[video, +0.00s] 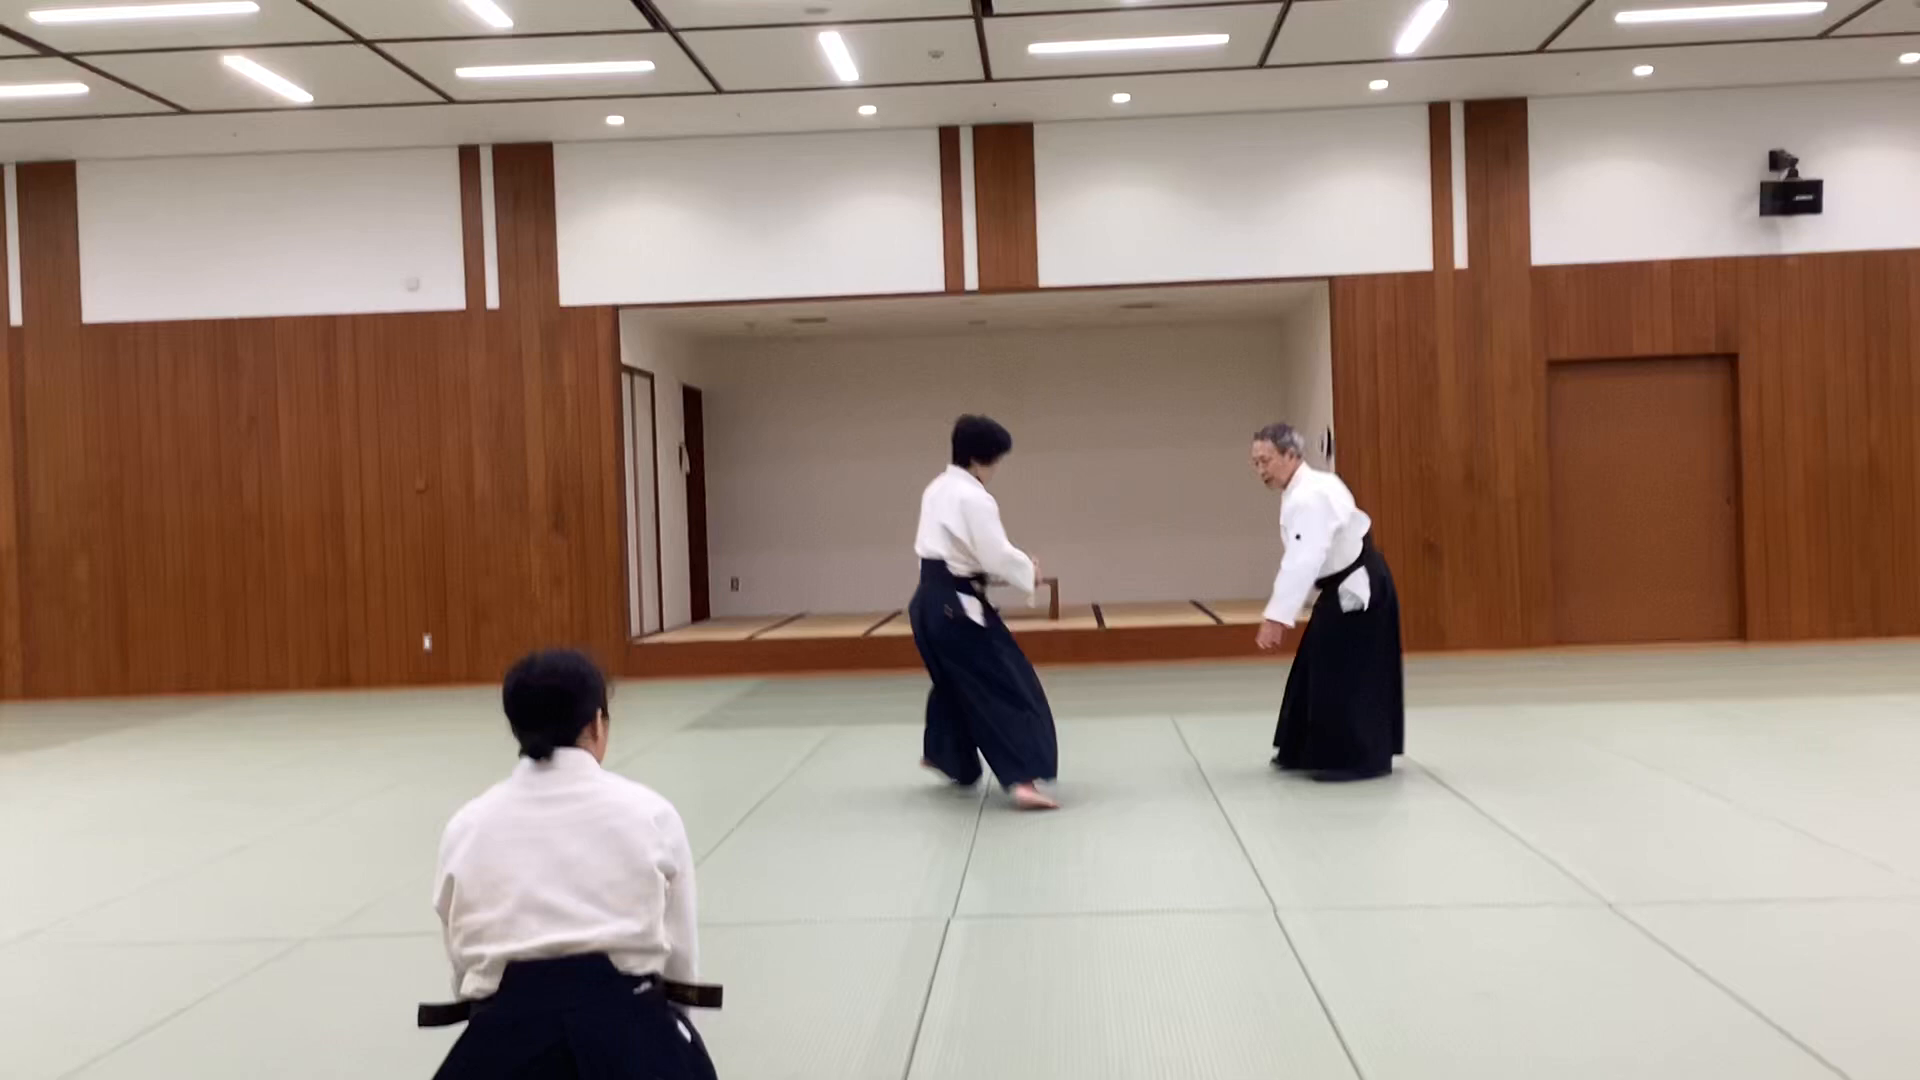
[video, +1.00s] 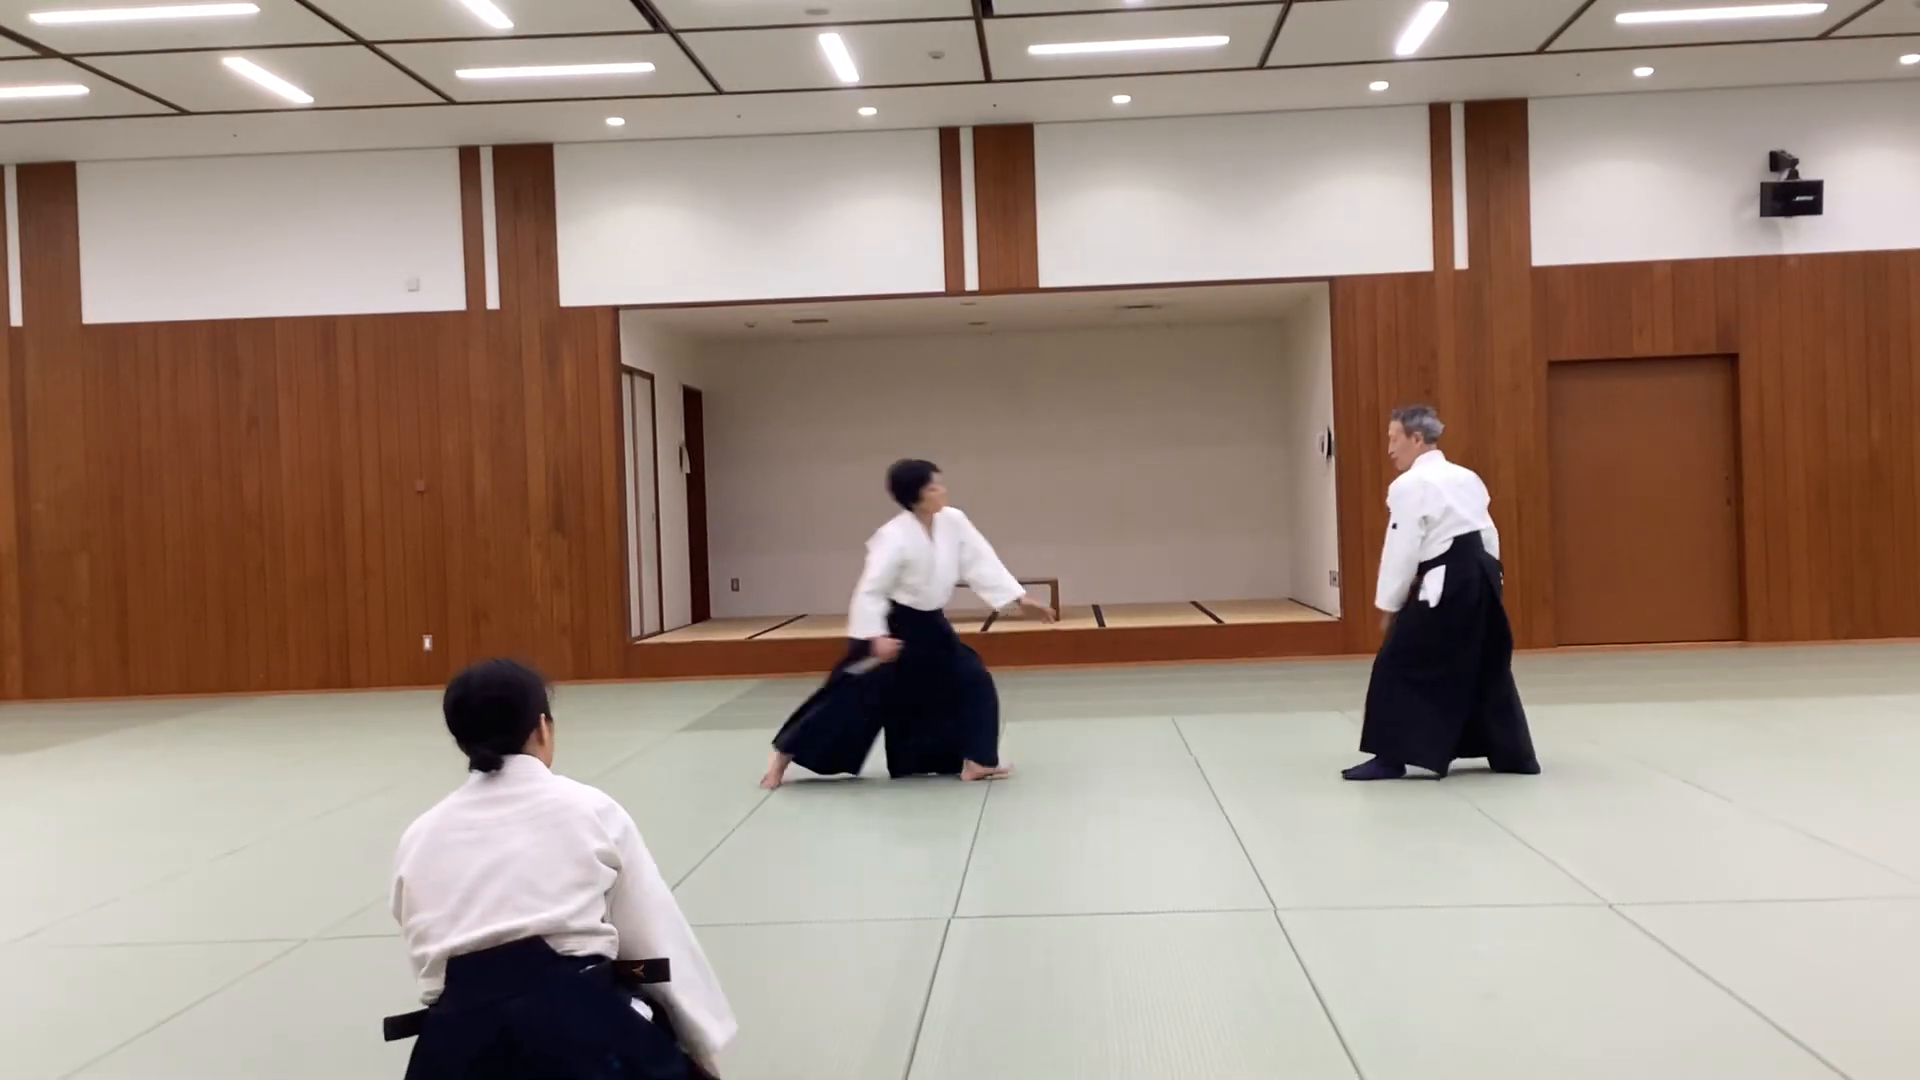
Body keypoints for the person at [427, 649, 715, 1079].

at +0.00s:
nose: (607, 728)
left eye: (607, 717)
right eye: (606, 719)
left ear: (517, 729)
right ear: (596, 726)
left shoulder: (467, 825)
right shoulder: (649, 813)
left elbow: (463, 970)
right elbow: (680, 959)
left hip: (506, 1033)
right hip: (629, 1031)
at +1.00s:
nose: (553, 732)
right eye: (551, 721)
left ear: (464, 739)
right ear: (541, 729)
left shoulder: (420, 837)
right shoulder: (591, 810)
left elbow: (425, 961)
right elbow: (655, 943)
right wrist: (699, 1046)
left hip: (461, 1036)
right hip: (584, 1024)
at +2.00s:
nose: (616, 719)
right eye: (615, 708)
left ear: (524, 727)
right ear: (607, 716)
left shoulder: (476, 812)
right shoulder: (661, 810)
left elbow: (472, 950)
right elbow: (680, 959)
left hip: (507, 1038)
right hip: (631, 1035)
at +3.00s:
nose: (618, 719)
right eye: (618, 708)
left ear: (528, 732)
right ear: (612, 717)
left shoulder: (479, 815)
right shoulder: (664, 816)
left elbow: (473, 950)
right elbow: (682, 964)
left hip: (509, 1039)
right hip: (631, 1038)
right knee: (702, 1054)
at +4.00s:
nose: (620, 721)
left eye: (618, 709)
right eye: (619, 710)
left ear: (527, 725)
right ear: (609, 717)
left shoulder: (475, 816)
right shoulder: (660, 817)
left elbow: (471, 951)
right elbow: (681, 965)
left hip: (507, 1042)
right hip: (630, 1040)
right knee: (701, 1052)